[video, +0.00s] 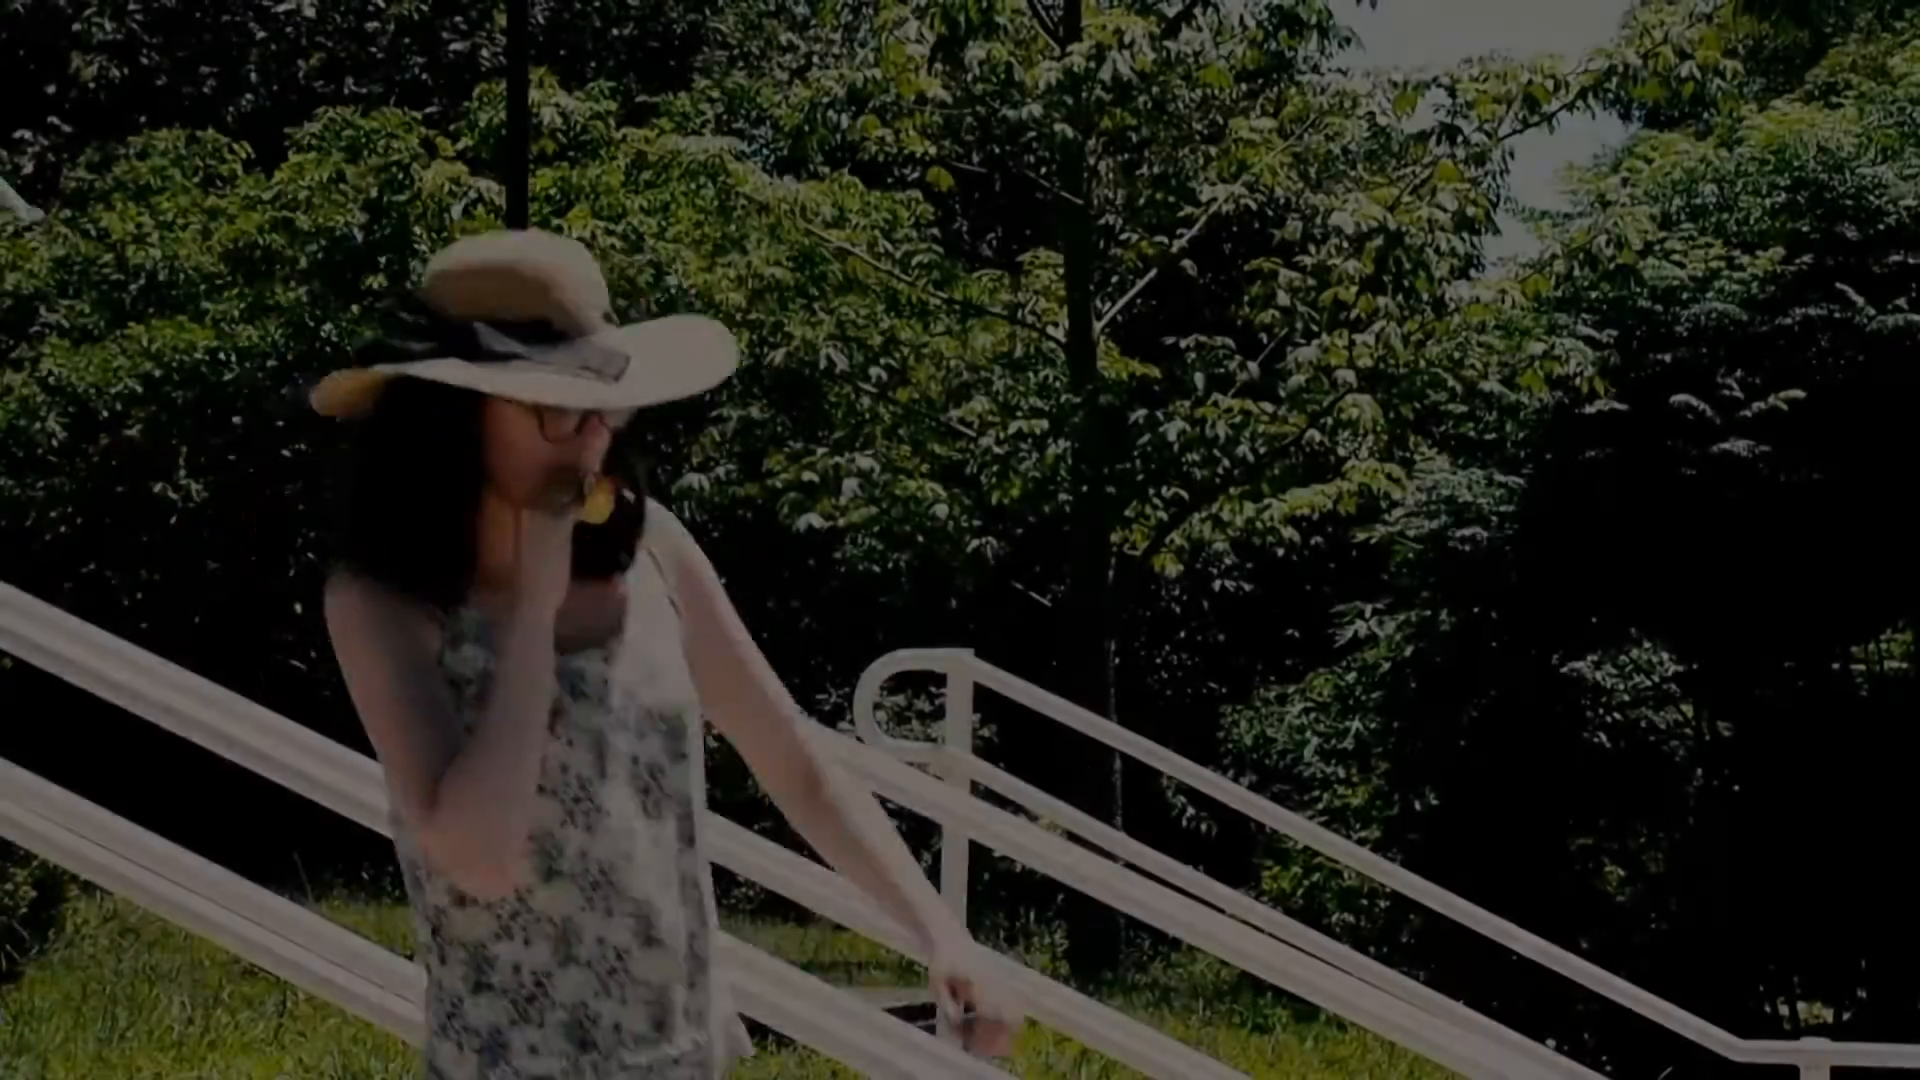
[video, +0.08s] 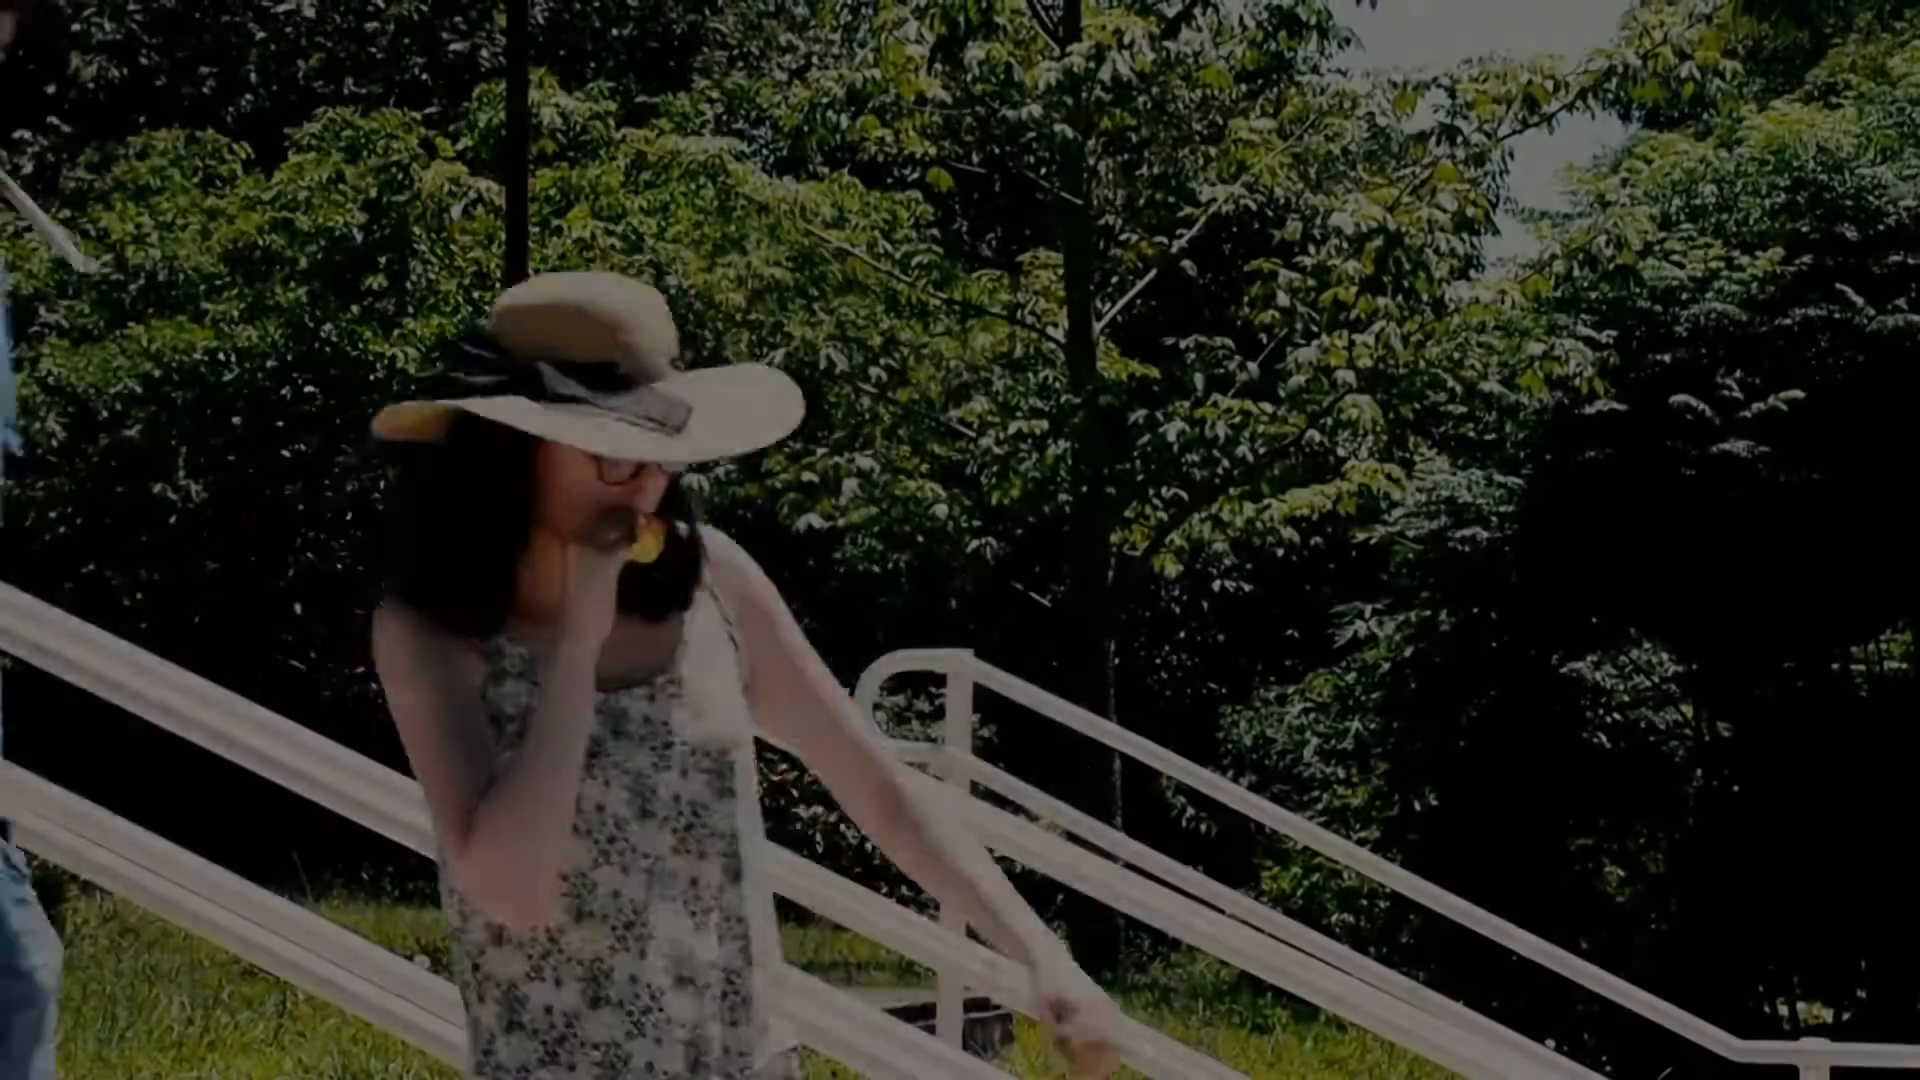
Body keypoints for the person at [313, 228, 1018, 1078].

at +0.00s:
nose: (586, 445)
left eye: (604, 414)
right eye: (549, 414)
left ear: (622, 411)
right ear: (462, 413)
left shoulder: (649, 550)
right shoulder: (382, 597)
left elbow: (800, 772)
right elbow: (482, 857)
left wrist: (942, 935)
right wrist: (536, 588)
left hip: (683, 1037)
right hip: (510, 1050)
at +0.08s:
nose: (643, 477)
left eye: (662, 446)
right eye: (608, 448)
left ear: (680, 445)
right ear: (516, 443)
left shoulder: (712, 577)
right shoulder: (428, 626)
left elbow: (887, 798)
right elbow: (514, 892)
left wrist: (1048, 962)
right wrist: (580, 628)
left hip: (730, 1042)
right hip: (554, 1057)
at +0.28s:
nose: (780, 423)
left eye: (802, 392)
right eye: (743, 392)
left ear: (821, 392)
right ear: (657, 387)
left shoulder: (849, 528)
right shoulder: (547, 564)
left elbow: (1009, 748)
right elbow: (597, 833)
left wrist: (1170, 969)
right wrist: (693, 581)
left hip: (857, 1042)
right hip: (645, 1056)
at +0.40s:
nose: (855, 466)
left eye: (876, 433)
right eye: (817, 435)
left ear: (900, 435)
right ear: (732, 432)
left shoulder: (936, 569)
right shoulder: (626, 608)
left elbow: (1072, 799)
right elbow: (669, 892)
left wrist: (1188, 1013)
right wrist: (771, 637)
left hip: (936, 1047)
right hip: (727, 1056)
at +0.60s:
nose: (1054, 580)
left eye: (1063, 551)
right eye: (1015, 554)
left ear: (1078, 554)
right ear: (911, 550)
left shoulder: (1081, 691)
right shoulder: (797, 739)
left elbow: (1166, 961)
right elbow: (905, 1022)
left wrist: (1219, 1071)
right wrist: (987, 767)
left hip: (1091, 1064)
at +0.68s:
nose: (1140, 611)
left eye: (1151, 583)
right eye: (1109, 575)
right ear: (999, 573)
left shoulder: (1130, 745)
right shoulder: (879, 761)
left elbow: (1211, 1017)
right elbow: (1030, 1034)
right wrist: (1108, 777)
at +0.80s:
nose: (1259, 561)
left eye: (1269, 532)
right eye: (1230, 525)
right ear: (1120, 522)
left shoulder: (1184, 713)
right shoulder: (995, 705)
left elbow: (1264, 982)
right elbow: (1197, 970)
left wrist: (1324, 1072)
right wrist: (1241, 718)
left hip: (1225, 1066)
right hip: (1055, 1065)